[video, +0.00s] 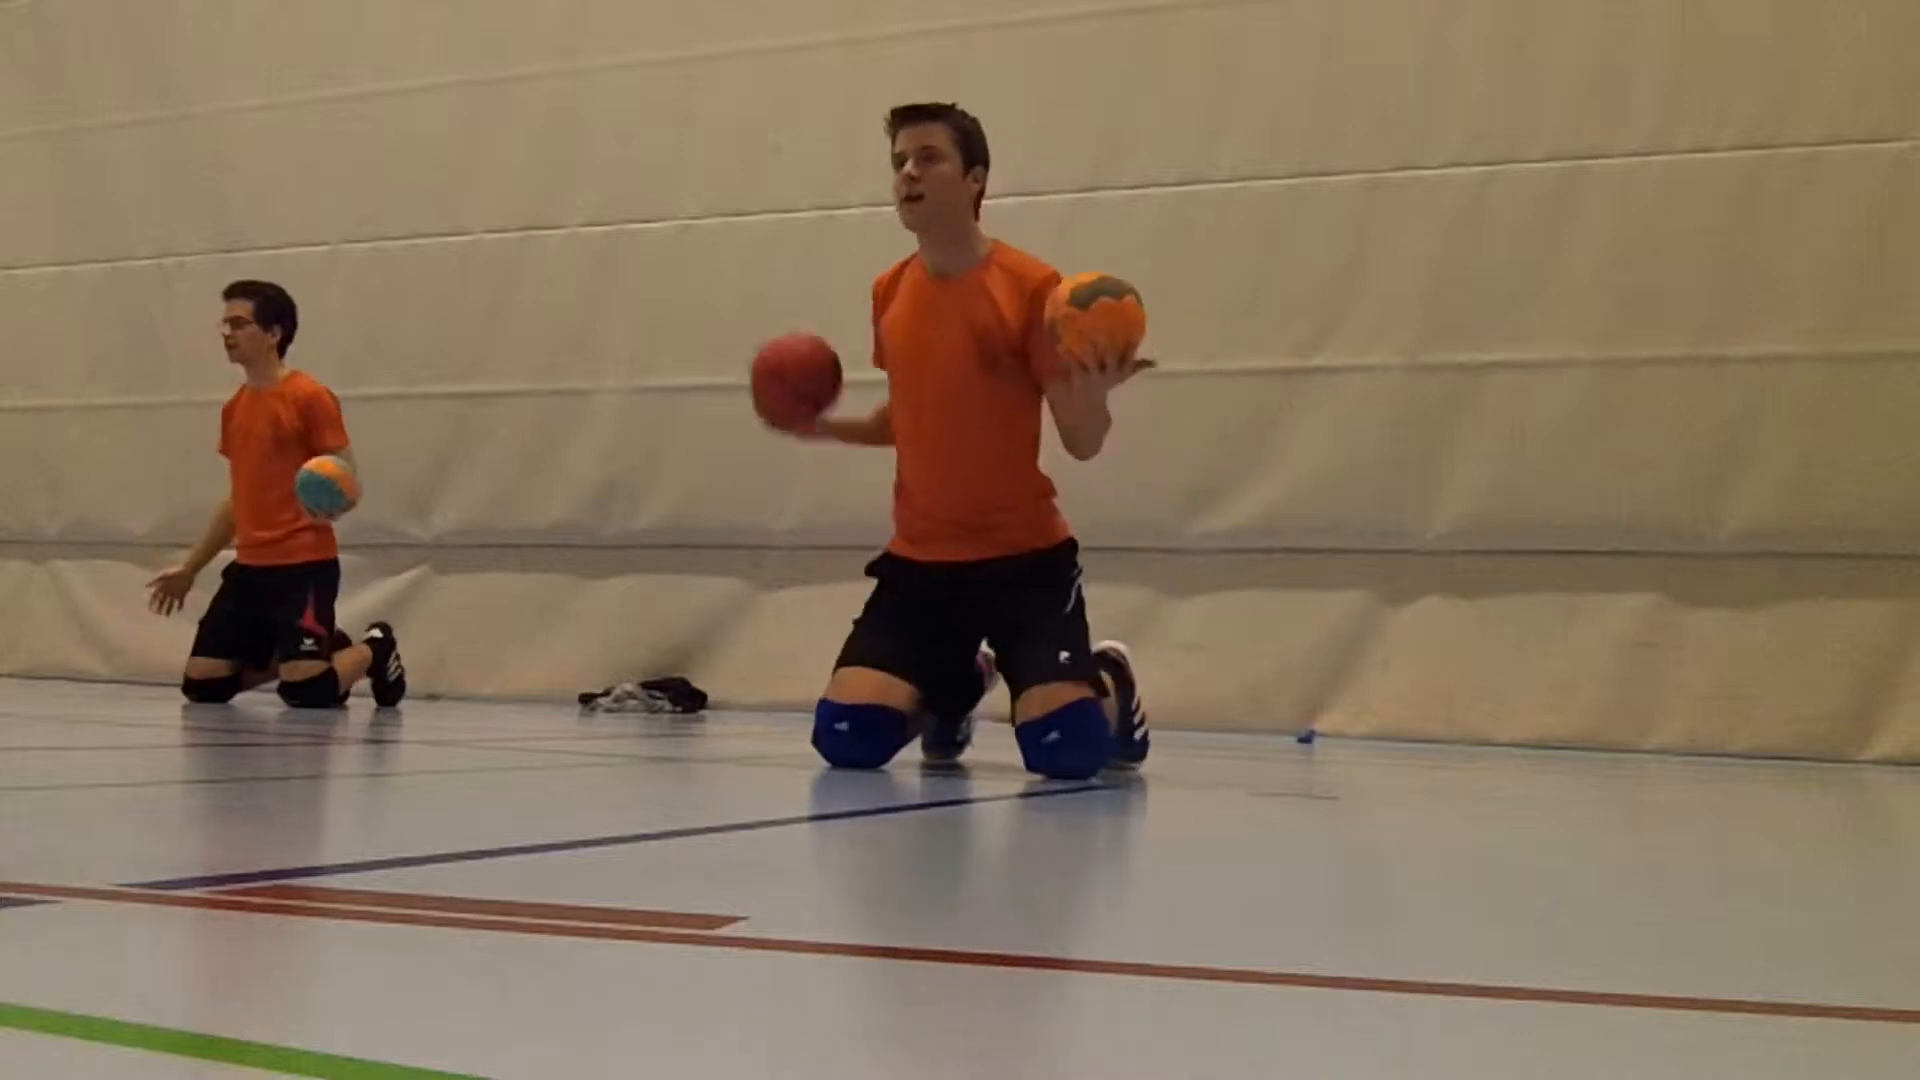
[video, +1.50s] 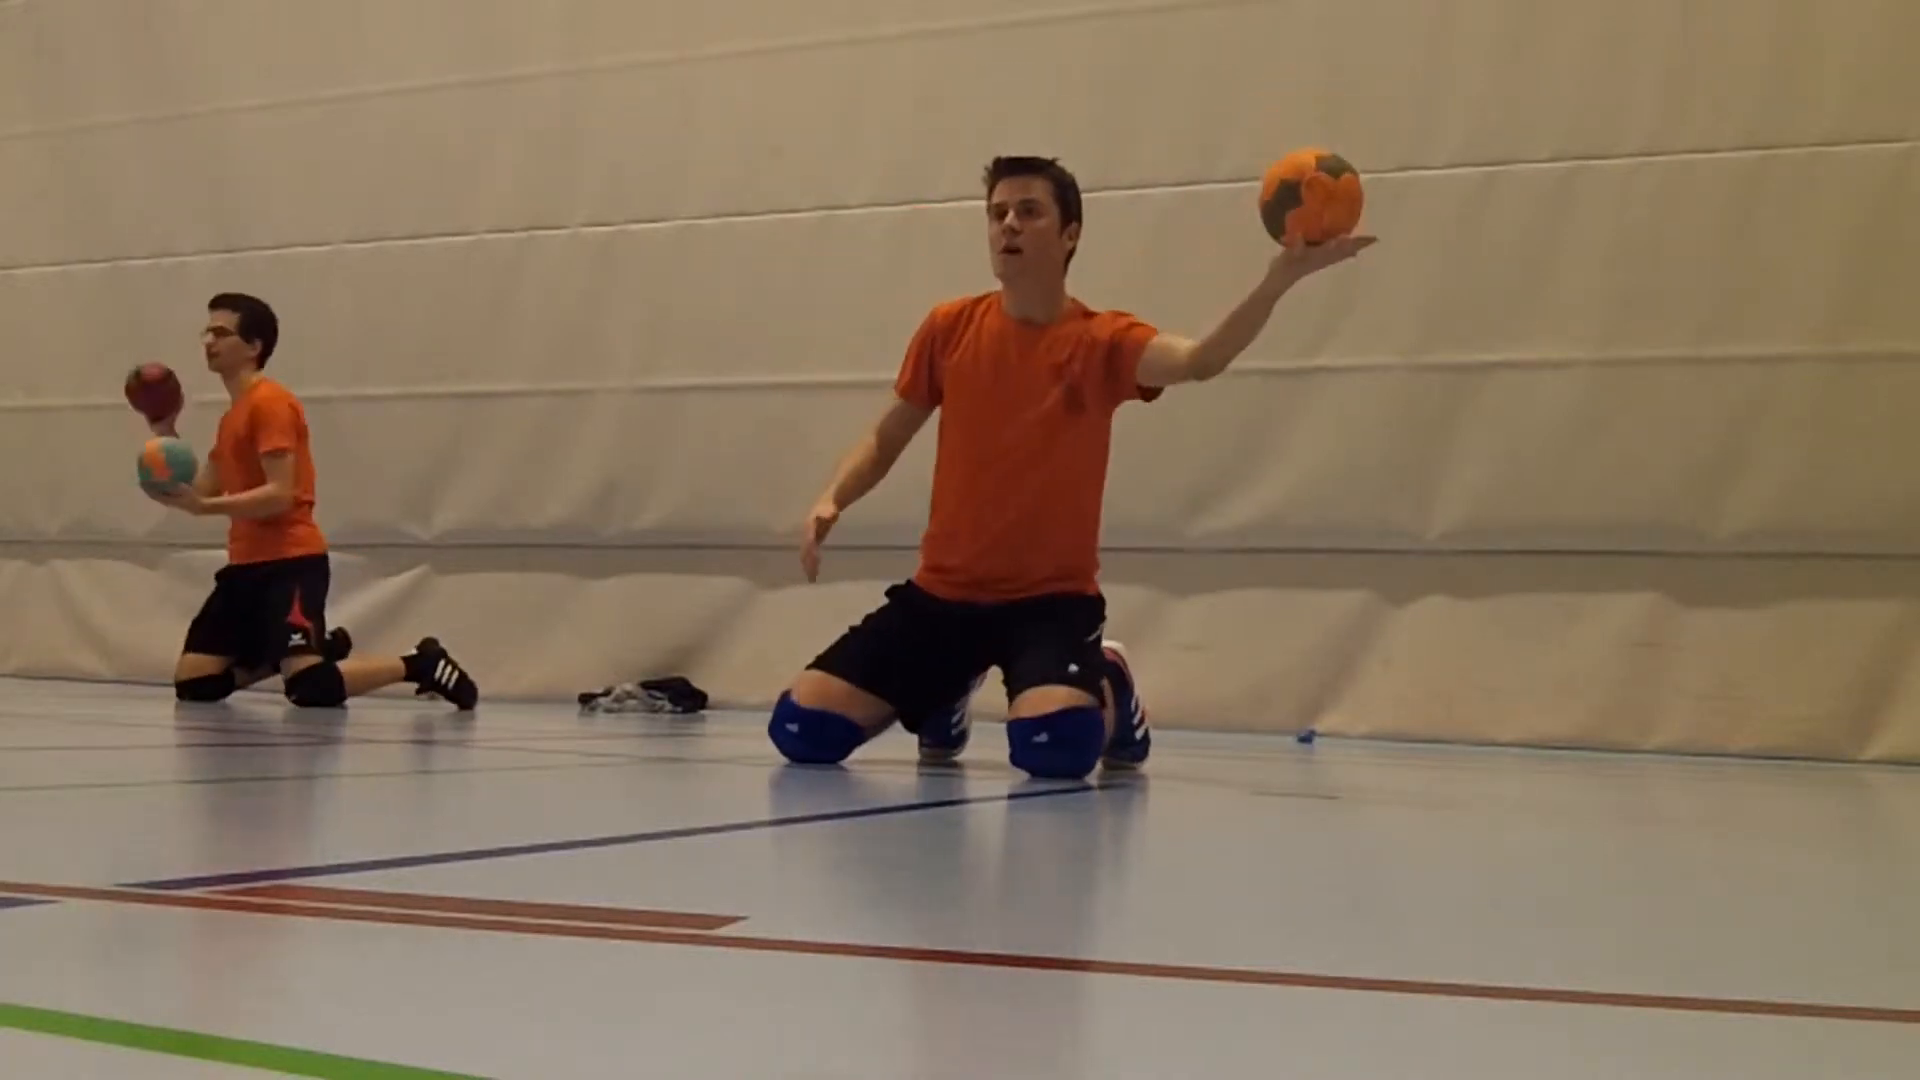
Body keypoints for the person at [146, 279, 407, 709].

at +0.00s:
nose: (227, 333)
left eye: (239, 323)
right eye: (225, 324)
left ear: (274, 334)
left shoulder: (309, 397)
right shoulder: (236, 408)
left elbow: (348, 482)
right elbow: (239, 501)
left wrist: (329, 501)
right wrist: (189, 569)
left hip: (306, 567)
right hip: (249, 570)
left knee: (305, 692)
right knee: (202, 687)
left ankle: (375, 649)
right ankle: (306, 655)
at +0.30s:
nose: (228, 349)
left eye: (239, 339)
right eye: (227, 340)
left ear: (274, 348)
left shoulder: (312, 406)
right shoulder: (248, 427)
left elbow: (354, 486)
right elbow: (241, 522)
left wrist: (337, 503)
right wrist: (168, 562)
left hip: (321, 573)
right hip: (268, 576)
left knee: (310, 692)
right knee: (205, 685)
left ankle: (382, 650)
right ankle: (319, 653)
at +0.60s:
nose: (156, 447)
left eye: (164, 436)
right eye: (157, 436)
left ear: (199, 437)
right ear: (189, 439)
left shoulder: (263, 469)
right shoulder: (191, 515)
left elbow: (321, 527)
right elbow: (129, 576)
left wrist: (286, 533)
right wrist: (53, 615)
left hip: (342, 588)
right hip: (292, 603)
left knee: (324, 686)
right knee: (201, 679)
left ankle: (412, 652)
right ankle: (312, 665)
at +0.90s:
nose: (106, 459)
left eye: (114, 447)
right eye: (104, 449)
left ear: (148, 442)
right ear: (140, 446)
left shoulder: (209, 463)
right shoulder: (178, 504)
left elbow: (270, 526)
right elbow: (243, 568)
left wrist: (202, 550)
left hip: (320, 567)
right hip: (276, 591)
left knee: (327, 654)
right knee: (200, 680)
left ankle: (445, 661)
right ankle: (317, 659)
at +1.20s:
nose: (138, 389)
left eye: (148, 378)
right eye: (137, 380)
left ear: (185, 384)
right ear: (179, 389)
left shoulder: (218, 433)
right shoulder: (198, 441)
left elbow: (244, 525)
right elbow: (229, 501)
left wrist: (163, 549)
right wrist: (209, 514)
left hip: (302, 561)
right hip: (260, 579)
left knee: (309, 665)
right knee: (198, 685)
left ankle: (423, 662)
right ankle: (310, 653)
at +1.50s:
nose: (207, 342)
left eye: (220, 333)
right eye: (207, 333)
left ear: (254, 346)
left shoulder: (270, 401)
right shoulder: (233, 417)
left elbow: (281, 494)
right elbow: (204, 491)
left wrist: (203, 506)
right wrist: (166, 437)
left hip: (292, 564)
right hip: (244, 570)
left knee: (309, 687)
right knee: (196, 686)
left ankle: (421, 666)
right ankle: (314, 651)